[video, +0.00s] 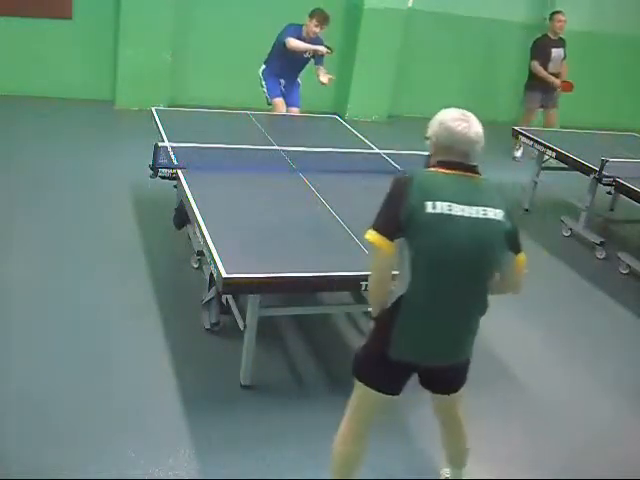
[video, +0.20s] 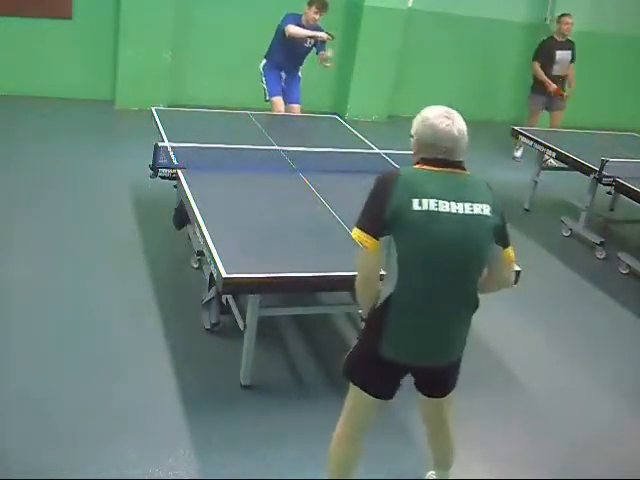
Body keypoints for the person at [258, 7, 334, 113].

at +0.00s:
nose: (317, 31)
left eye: (321, 28)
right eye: (316, 26)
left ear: (323, 29)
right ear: (308, 21)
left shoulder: (318, 43)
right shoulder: (291, 29)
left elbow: (319, 65)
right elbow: (290, 44)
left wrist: (322, 76)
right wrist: (316, 48)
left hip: (291, 78)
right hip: (271, 73)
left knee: (294, 114)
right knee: (280, 109)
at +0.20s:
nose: (317, 17)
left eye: (320, 15)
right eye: (315, 13)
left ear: (322, 16)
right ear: (307, 9)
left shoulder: (318, 32)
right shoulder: (291, 18)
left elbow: (321, 54)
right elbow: (289, 31)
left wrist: (325, 58)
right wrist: (316, 35)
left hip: (293, 71)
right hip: (273, 67)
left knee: (295, 111)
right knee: (279, 109)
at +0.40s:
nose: (315, 9)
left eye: (319, 6)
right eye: (313, 4)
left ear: (321, 8)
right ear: (306, 2)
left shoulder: (318, 25)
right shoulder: (289, 15)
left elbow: (322, 49)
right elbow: (291, 33)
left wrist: (327, 60)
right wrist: (318, 29)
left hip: (295, 69)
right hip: (275, 65)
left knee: (296, 110)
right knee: (280, 109)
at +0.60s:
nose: (315, 18)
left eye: (319, 16)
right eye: (315, 13)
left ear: (320, 17)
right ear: (307, 8)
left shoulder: (311, 31)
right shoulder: (288, 22)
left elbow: (314, 57)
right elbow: (293, 53)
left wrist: (317, 78)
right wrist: (313, 40)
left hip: (292, 71)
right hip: (273, 69)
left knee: (296, 109)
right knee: (283, 108)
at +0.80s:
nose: (316, 32)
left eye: (320, 31)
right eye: (316, 27)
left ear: (320, 32)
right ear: (311, 20)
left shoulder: (308, 37)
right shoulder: (288, 27)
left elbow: (306, 60)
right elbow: (265, 48)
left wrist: (308, 79)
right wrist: (279, 57)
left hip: (291, 74)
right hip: (270, 72)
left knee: (295, 111)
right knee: (281, 109)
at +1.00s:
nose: (312, 24)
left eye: (316, 23)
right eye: (313, 19)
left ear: (317, 25)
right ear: (308, 12)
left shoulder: (306, 33)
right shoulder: (284, 22)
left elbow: (304, 54)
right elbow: (259, 37)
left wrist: (305, 77)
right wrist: (261, 62)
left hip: (288, 71)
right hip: (269, 69)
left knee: (292, 109)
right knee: (277, 107)